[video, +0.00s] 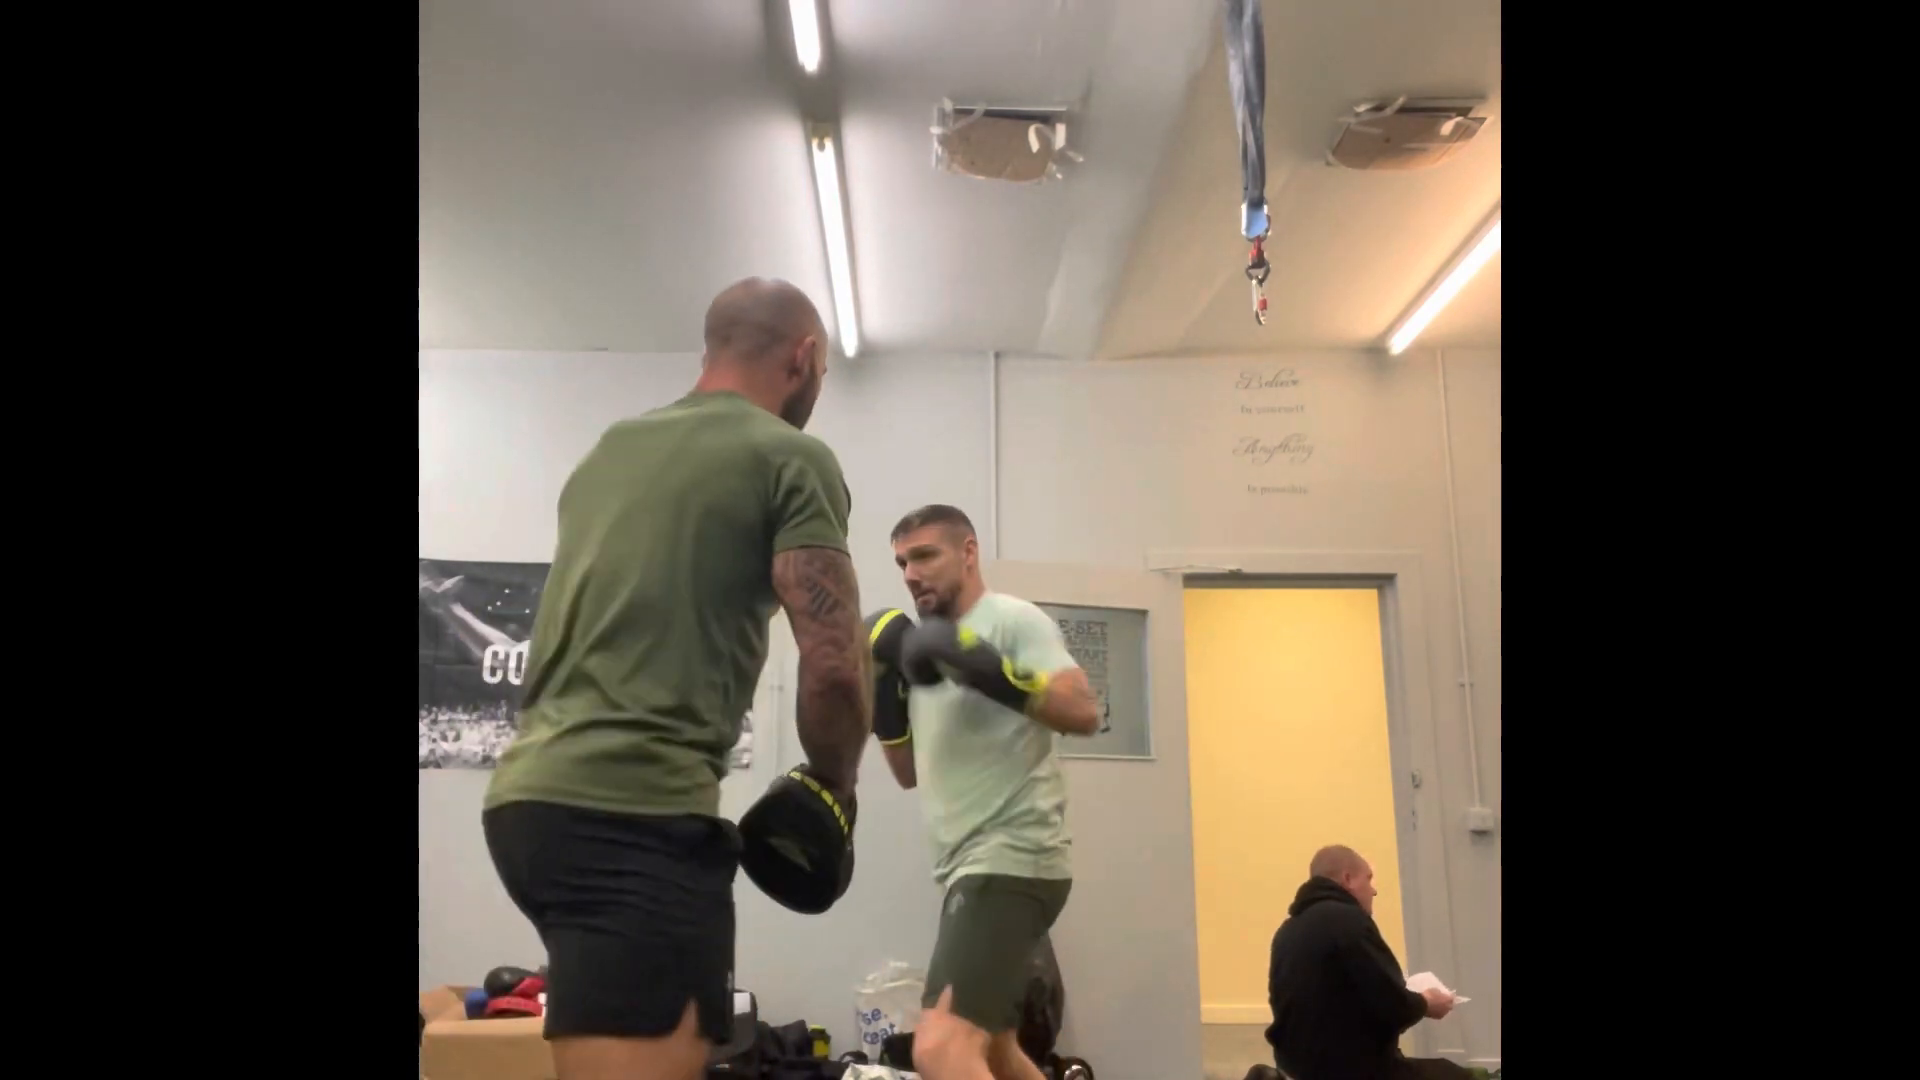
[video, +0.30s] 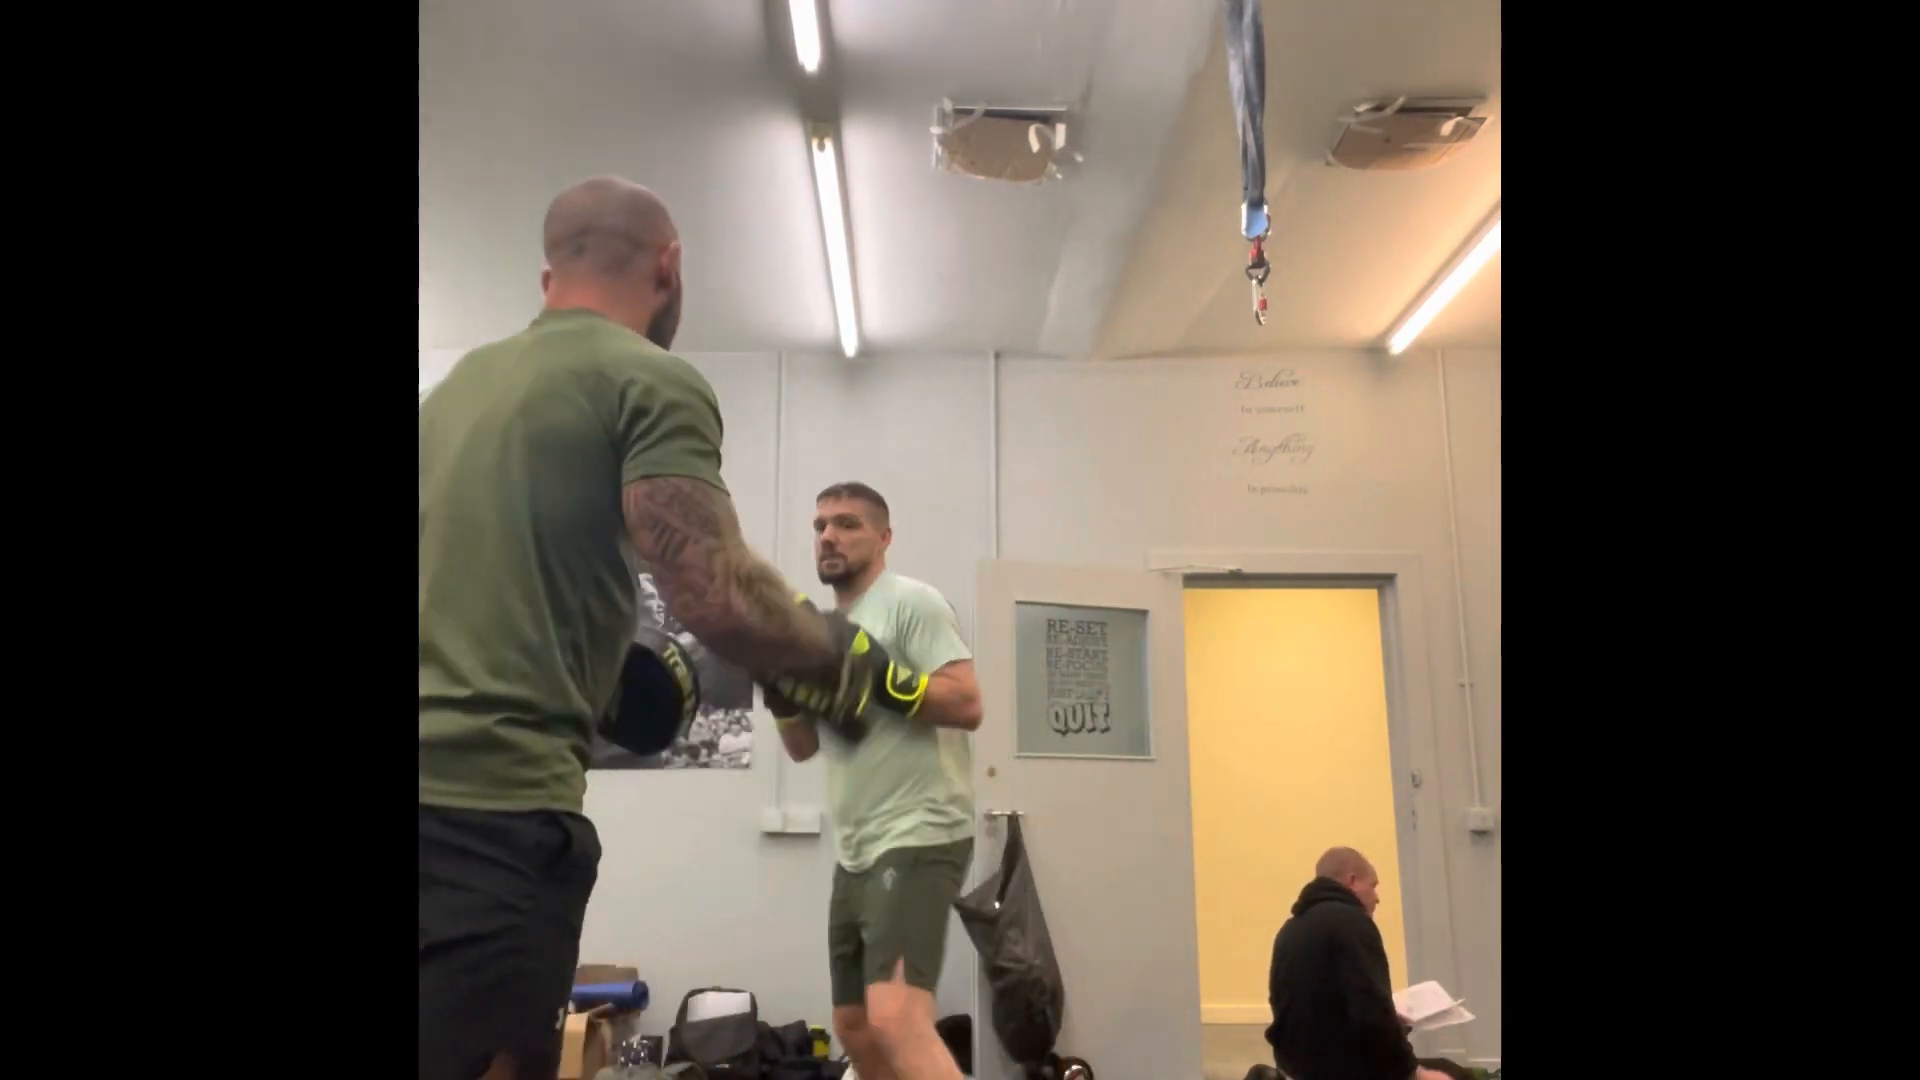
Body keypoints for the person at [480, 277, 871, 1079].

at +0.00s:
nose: (819, 395)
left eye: (822, 373)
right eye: (824, 370)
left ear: (710, 351)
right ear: (802, 354)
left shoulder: (610, 448)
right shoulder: (785, 455)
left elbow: (586, 638)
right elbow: (833, 671)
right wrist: (832, 797)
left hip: (527, 801)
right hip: (637, 810)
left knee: (687, 1042)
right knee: (627, 1063)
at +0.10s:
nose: (799, 380)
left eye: (805, 361)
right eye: (807, 357)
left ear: (696, 333)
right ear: (786, 340)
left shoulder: (594, 424)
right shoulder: (747, 442)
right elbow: (744, 657)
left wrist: (762, 512)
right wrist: (785, 803)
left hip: (479, 782)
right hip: (578, 792)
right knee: (598, 1063)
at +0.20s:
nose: (740, 338)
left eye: (741, 319)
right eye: (742, 316)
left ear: (617, 307)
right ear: (723, 306)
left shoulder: (521, 420)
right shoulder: (699, 417)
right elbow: (723, 661)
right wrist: (731, 820)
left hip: (436, 801)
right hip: (532, 822)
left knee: (545, 1057)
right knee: (470, 1063)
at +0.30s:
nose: (679, 291)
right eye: (682, 271)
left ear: (548, 273)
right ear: (667, 264)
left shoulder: (460, 381)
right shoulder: (645, 376)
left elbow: (455, 586)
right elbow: (715, 598)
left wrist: (592, 661)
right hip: (496, 810)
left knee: (499, 1057)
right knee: (494, 1061)